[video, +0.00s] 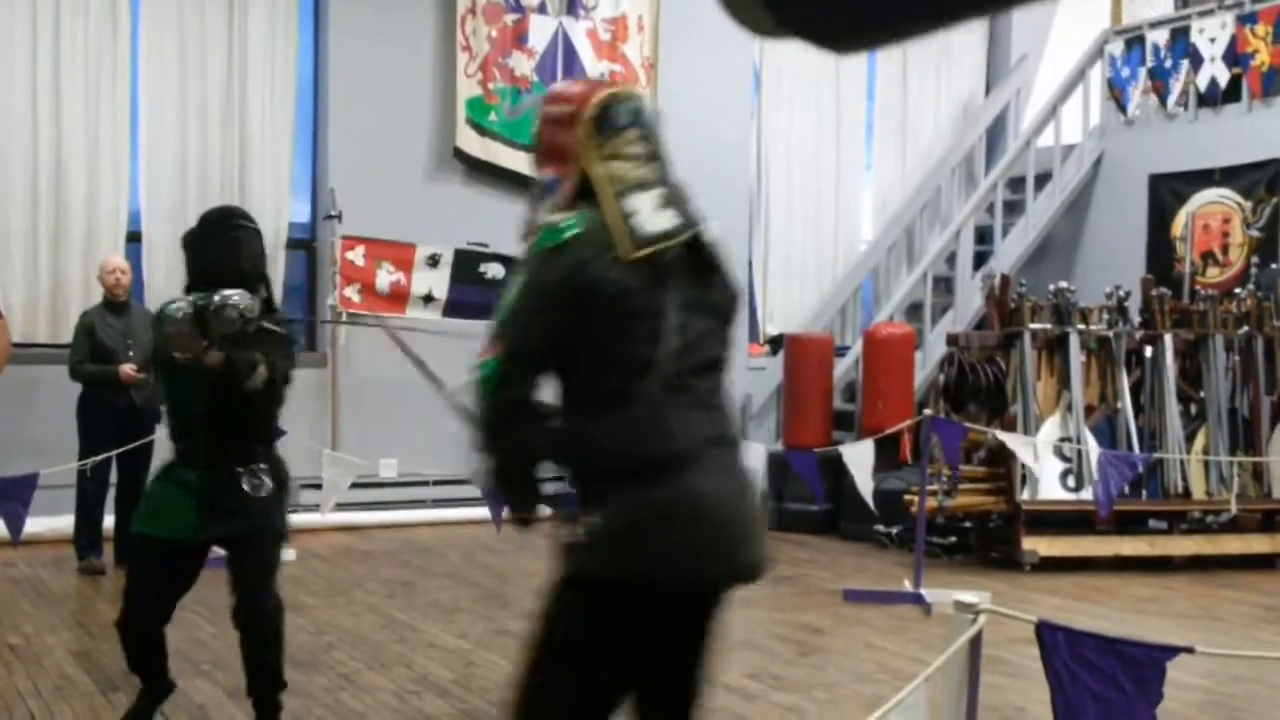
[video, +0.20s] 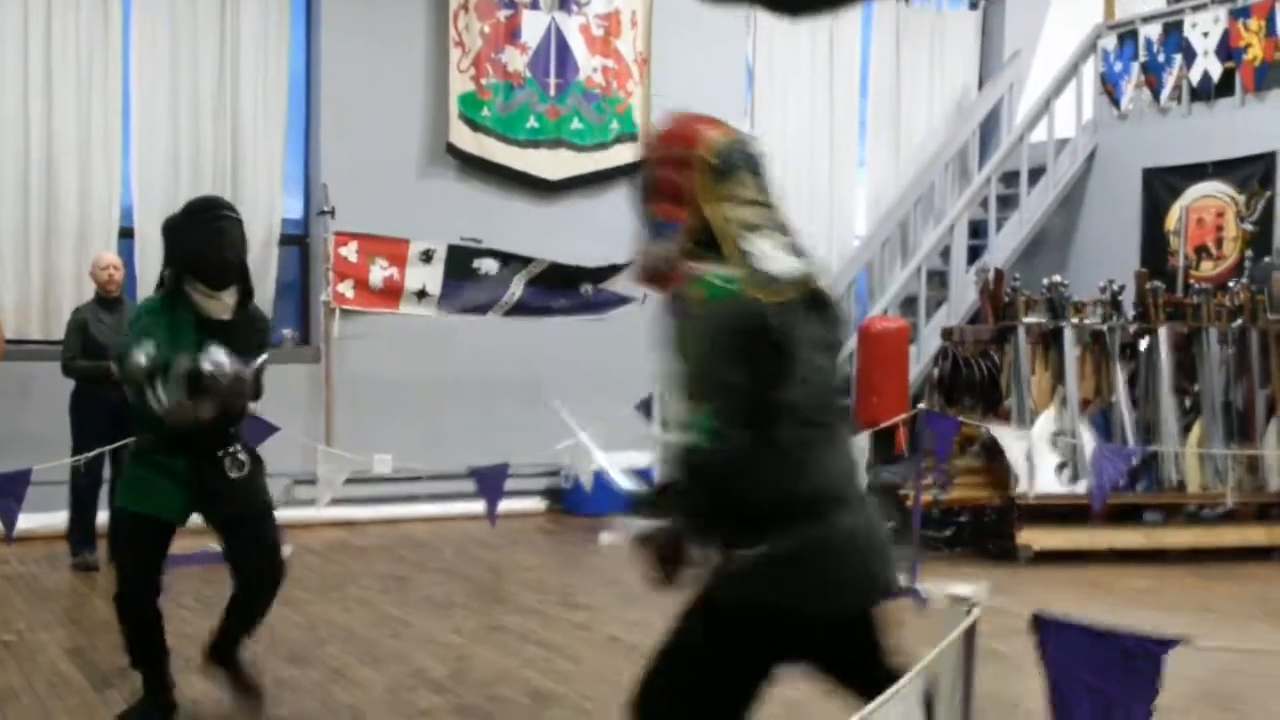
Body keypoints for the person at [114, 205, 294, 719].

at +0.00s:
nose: (220, 279)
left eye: (229, 267)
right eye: (209, 265)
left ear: (249, 268)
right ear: (196, 268)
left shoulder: (270, 337)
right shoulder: (177, 323)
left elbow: (263, 393)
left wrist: (225, 357)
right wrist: (189, 341)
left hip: (254, 480)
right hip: (187, 481)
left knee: (257, 605)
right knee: (140, 609)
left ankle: (267, 708)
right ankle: (155, 684)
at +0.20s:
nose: (223, 273)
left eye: (231, 261)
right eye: (211, 262)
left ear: (241, 260)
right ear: (183, 261)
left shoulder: (248, 322)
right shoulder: (155, 316)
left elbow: (253, 387)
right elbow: (136, 374)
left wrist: (232, 385)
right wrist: (169, 385)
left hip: (224, 458)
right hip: (156, 460)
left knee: (264, 569)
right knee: (134, 589)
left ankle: (224, 650)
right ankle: (157, 693)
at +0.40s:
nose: (222, 264)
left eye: (226, 253)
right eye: (212, 254)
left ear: (231, 261)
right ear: (184, 260)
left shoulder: (238, 329)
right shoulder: (152, 326)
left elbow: (253, 395)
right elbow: (149, 397)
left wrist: (255, 427)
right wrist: (203, 437)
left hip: (216, 461)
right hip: (155, 460)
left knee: (237, 551)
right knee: (137, 561)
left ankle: (201, 609)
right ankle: (152, 683)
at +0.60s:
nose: (246, 262)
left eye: (244, 253)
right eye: (237, 254)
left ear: (209, 264)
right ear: (212, 263)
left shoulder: (232, 323)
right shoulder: (179, 331)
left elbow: (236, 394)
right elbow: (204, 413)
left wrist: (257, 447)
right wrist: (255, 455)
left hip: (213, 452)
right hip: (171, 455)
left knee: (215, 548)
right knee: (186, 549)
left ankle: (175, 628)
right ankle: (176, 664)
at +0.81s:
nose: (263, 249)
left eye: (261, 239)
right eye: (255, 240)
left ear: (219, 251)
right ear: (230, 249)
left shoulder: (224, 305)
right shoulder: (205, 315)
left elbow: (224, 386)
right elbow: (220, 396)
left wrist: (238, 439)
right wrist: (240, 443)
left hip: (189, 442)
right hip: (178, 444)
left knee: (172, 540)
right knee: (232, 530)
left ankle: (149, 631)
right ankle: (233, 640)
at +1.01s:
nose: (268, 257)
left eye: (266, 247)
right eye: (261, 248)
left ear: (218, 254)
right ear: (242, 256)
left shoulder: (199, 302)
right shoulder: (225, 320)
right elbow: (237, 397)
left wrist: (243, 439)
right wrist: (250, 445)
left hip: (173, 444)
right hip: (197, 448)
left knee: (153, 541)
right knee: (260, 523)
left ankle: (123, 630)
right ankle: (248, 628)